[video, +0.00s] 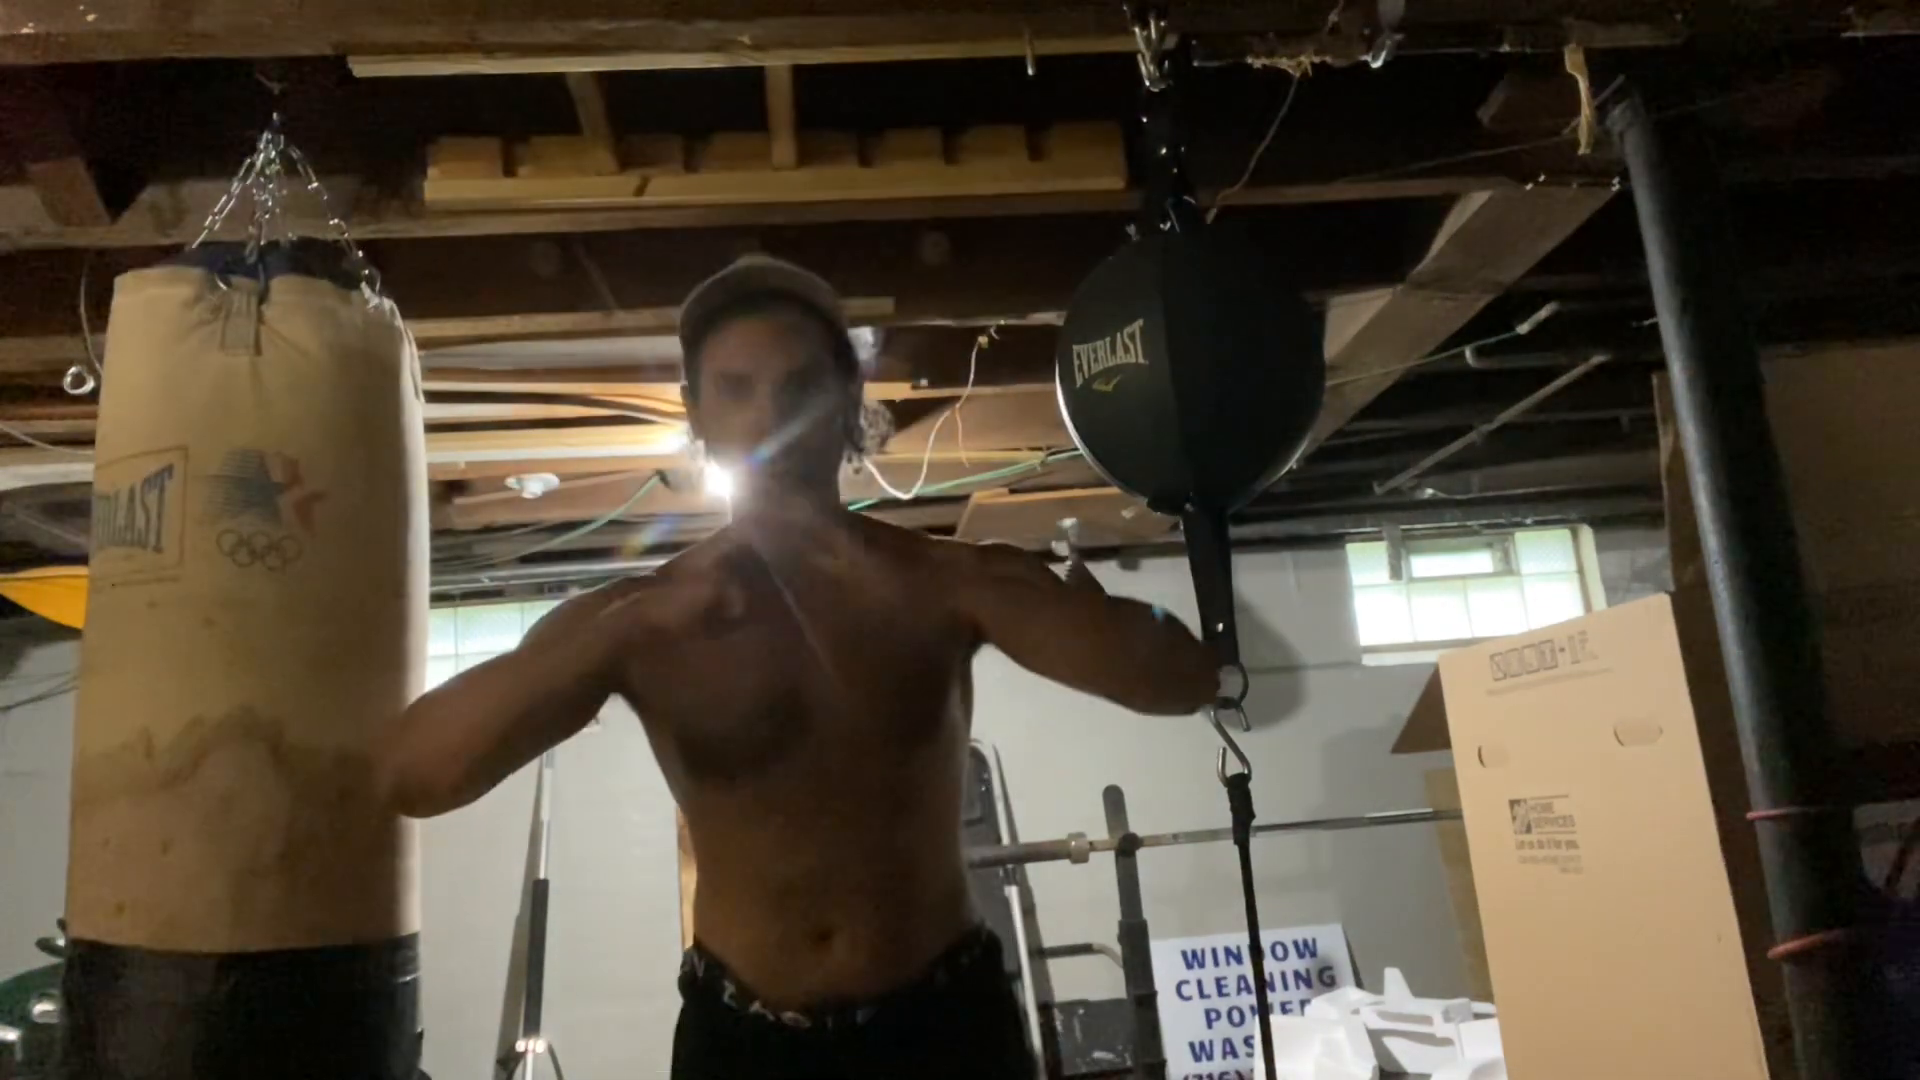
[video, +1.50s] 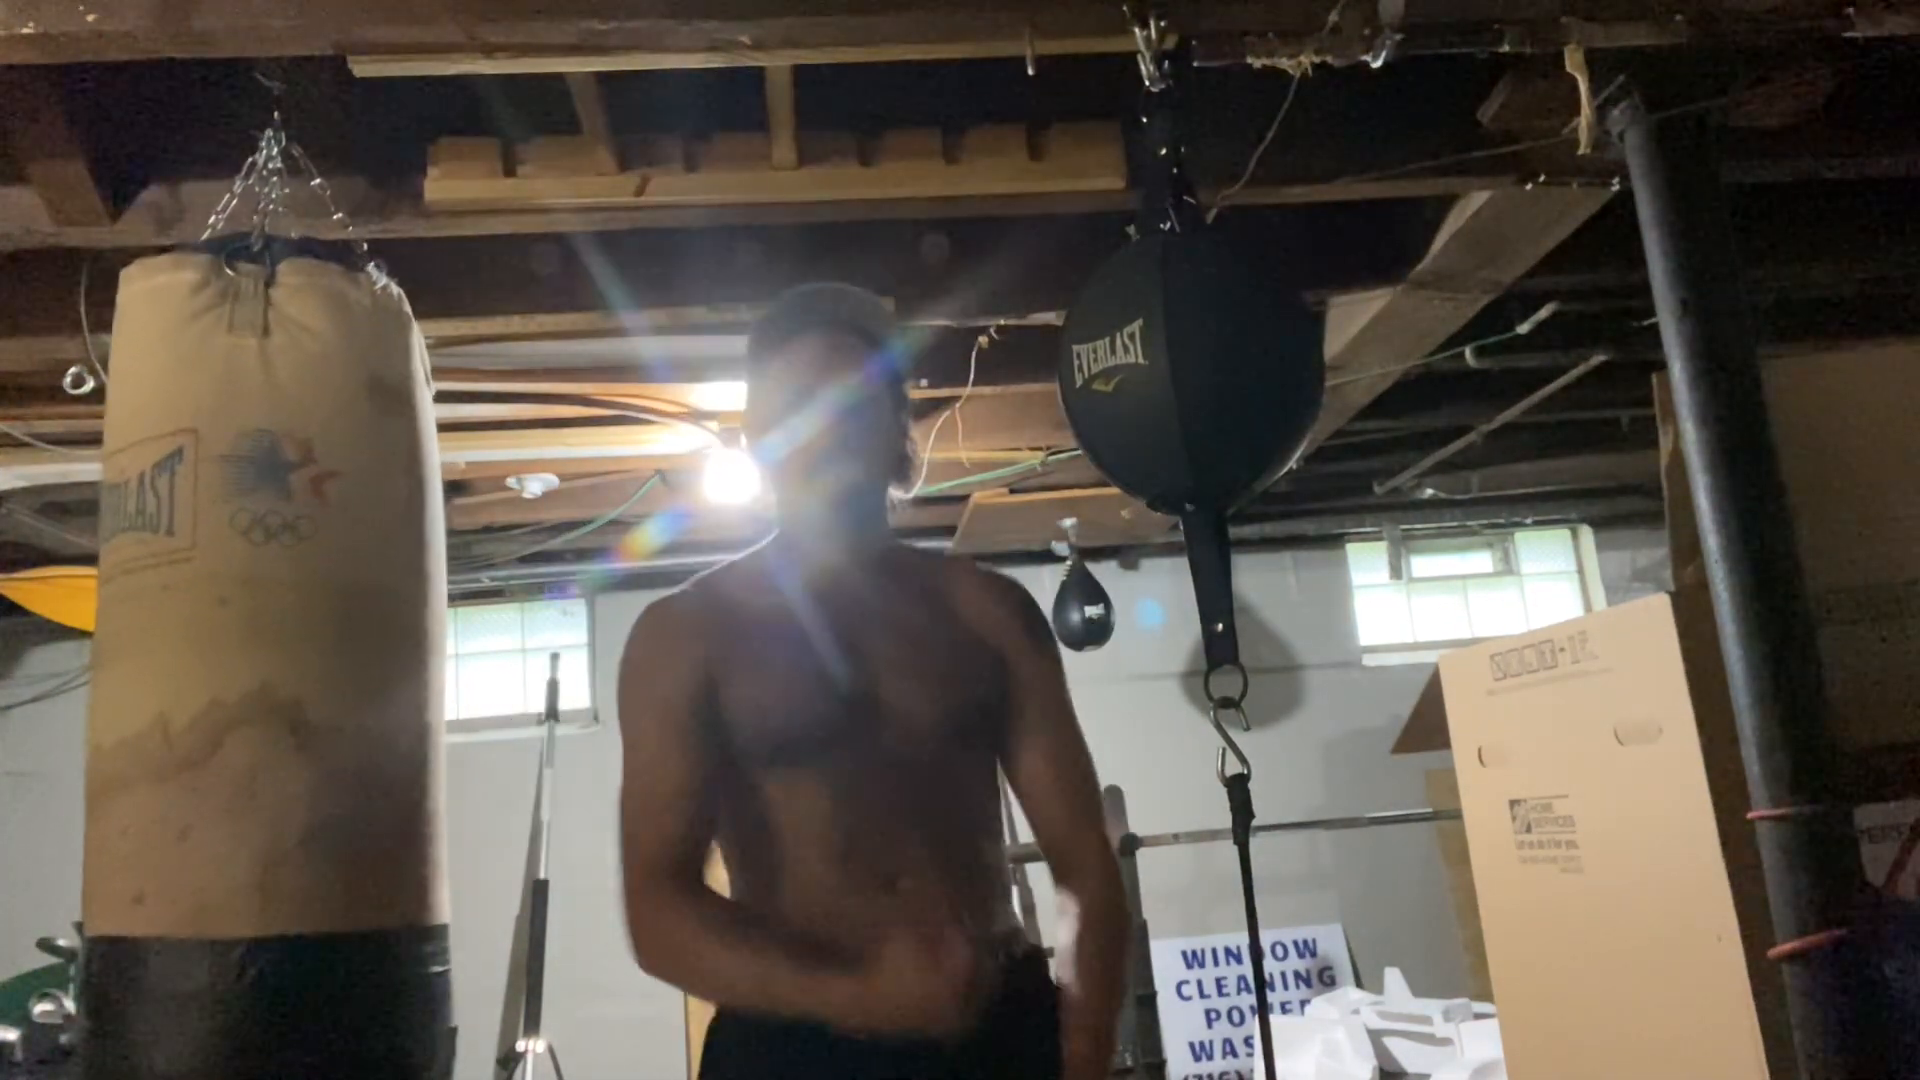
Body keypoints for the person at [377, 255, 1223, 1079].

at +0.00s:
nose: (770, 418)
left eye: (799, 387)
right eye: (735, 394)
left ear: (852, 410)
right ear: (698, 426)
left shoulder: (944, 581)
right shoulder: (633, 624)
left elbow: (1185, 681)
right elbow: (411, 775)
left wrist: (1057, 601)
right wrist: (626, 622)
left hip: (943, 1022)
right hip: (745, 1039)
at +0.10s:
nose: (770, 432)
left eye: (800, 397)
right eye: (736, 402)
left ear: (851, 418)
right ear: (696, 430)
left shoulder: (941, 583)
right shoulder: (624, 624)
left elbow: (1175, 688)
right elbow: (408, 777)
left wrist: (922, 611)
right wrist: (656, 622)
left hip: (943, 1024)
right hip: (744, 1040)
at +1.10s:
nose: (775, 395)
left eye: (806, 371)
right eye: (742, 370)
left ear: (851, 407)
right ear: (698, 409)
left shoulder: (942, 582)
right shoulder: (636, 610)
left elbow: (1126, 763)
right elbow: (509, 851)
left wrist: (942, 703)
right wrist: (703, 726)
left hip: (934, 1008)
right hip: (736, 1025)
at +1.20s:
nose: (786, 393)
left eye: (815, 368)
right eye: (751, 369)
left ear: (858, 407)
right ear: (710, 413)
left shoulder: (949, 588)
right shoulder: (641, 614)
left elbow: (1120, 797)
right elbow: (550, 875)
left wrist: (951, 762)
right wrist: (746, 793)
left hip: (943, 1007)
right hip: (743, 1023)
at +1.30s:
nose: (791, 405)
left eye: (819, 377)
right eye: (759, 377)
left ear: (865, 408)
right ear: (719, 416)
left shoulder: (958, 594)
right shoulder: (649, 621)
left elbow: (1115, 818)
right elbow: (576, 883)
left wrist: (1009, 844)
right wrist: (788, 848)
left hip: (951, 1010)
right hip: (751, 1023)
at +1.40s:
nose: (804, 415)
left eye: (830, 386)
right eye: (776, 387)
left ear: (880, 418)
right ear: (737, 423)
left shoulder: (972, 600)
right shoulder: (665, 627)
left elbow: (1112, 853)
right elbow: (606, 894)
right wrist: (819, 913)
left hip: (958, 1011)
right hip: (767, 1021)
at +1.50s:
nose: (827, 430)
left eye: (853, 402)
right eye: (797, 407)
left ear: (902, 436)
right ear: (755, 441)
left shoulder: (989, 612)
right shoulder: (686, 636)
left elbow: (1093, 879)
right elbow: (662, 920)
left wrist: (1084, 1054)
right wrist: (858, 997)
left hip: (998, 1031)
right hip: (794, 1044)